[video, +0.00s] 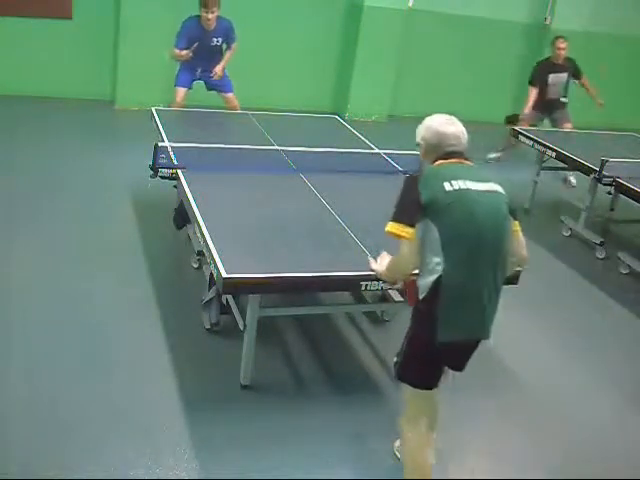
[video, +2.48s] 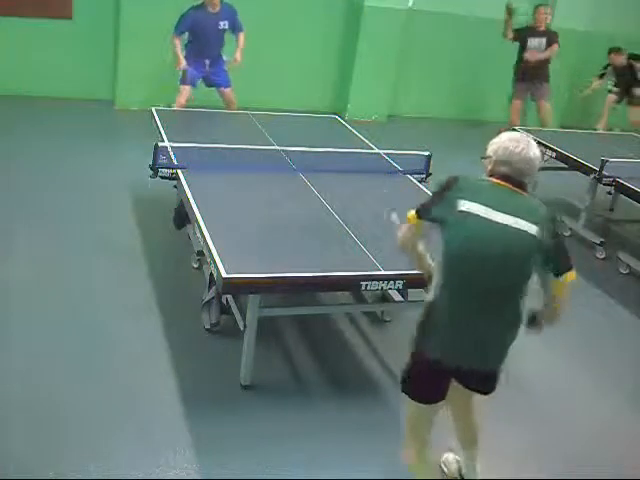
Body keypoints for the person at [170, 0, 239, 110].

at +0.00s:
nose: (209, 17)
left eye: (212, 13)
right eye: (206, 12)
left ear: (218, 12)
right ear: (200, 11)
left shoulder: (225, 25)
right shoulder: (189, 24)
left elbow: (231, 46)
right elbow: (175, 52)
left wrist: (221, 66)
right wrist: (183, 55)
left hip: (213, 66)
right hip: (190, 66)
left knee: (232, 103)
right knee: (178, 101)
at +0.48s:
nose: (217, 23)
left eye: (221, 18)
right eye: (214, 18)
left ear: (226, 17)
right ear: (208, 16)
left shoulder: (233, 30)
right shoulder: (197, 29)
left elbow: (237, 51)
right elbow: (183, 59)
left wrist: (230, 69)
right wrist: (195, 62)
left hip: (218, 66)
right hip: (195, 66)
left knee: (232, 100)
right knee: (184, 98)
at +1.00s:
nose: (222, 12)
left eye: (226, 8)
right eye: (219, 8)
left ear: (230, 9)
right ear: (213, 7)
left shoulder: (234, 22)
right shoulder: (200, 21)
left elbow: (235, 43)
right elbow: (182, 48)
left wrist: (233, 64)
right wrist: (195, 61)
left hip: (218, 65)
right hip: (195, 64)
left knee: (233, 101)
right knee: (185, 100)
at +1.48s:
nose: (200, 23)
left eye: (203, 18)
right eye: (197, 19)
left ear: (210, 16)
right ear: (194, 19)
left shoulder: (227, 27)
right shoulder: (194, 32)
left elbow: (243, 50)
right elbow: (187, 59)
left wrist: (232, 69)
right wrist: (181, 69)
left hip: (230, 70)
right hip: (207, 72)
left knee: (243, 108)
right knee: (192, 104)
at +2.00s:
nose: (182, 28)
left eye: (184, 23)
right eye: (178, 25)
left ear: (190, 18)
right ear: (175, 26)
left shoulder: (208, 25)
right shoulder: (176, 40)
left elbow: (230, 37)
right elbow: (181, 73)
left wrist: (226, 63)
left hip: (216, 67)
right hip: (194, 71)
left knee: (235, 105)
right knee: (185, 102)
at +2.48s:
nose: (214, 2)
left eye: (216, 1)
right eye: (212, 1)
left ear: (219, 1)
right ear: (206, 1)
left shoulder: (228, 11)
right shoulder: (193, 13)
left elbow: (240, 31)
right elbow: (176, 36)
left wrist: (238, 52)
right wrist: (180, 58)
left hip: (216, 61)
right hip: (193, 61)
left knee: (230, 100)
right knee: (182, 99)